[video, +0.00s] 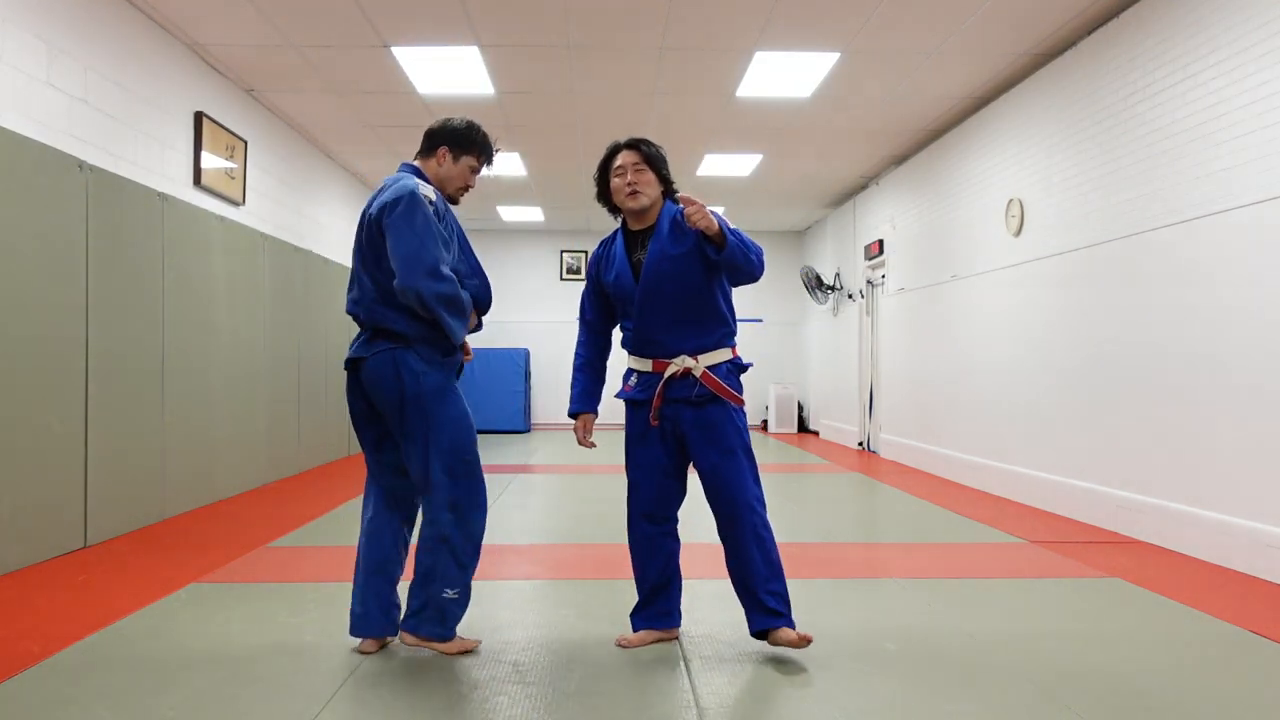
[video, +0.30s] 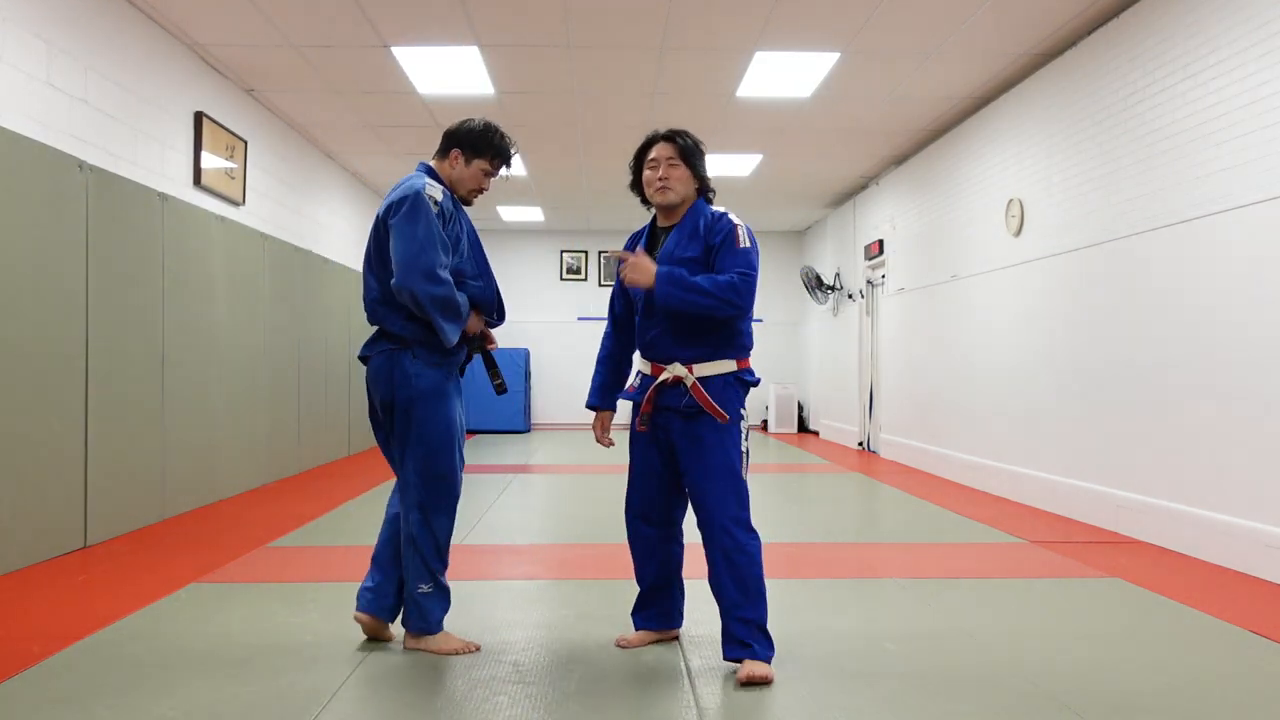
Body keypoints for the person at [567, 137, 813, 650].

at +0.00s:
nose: (629, 177)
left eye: (639, 168)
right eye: (619, 172)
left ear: (661, 178)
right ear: (609, 191)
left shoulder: (696, 221)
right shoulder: (607, 255)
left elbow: (751, 268)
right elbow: (593, 332)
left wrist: (715, 231)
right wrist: (584, 403)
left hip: (712, 382)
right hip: (646, 389)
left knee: (740, 504)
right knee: (649, 511)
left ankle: (772, 620)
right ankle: (658, 620)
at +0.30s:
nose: (659, 171)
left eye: (672, 163)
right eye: (651, 165)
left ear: (696, 176)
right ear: (640, 180)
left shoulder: (724, 228)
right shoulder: (639, 243)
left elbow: (738, 298)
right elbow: (621, 326)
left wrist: (657, 279)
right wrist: (604, 397)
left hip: (712, 389)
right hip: (655, 391)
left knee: (725, 522)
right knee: (650, 514)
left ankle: (750, 649)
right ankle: (660, 619)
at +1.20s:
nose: (727, 157)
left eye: (743, 147)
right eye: (721, 146)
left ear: (774, 159)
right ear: (714, 155)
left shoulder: (793, 225)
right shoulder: (716, 219)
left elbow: (800, 330)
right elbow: (699, 307)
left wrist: (716, 362)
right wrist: (681, 375)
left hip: (767, 394)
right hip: (710, 388)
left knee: (753, 526)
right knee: (681, 509)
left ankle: (758, 657)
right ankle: (690, 626)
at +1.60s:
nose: (743, 150)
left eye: (758, 141)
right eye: (734, 139)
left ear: (784, 157)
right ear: (720, 153)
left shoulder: (806, 223)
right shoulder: (701, 227)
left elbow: (851, 303)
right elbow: (680, 319)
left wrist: (782, 303)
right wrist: (666, 395)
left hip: (779, 394)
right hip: (708, 390)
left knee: (766, 538)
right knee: (679, 529)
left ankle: (760, 660)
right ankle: (661, 663)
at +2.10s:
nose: (717, 142)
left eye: (730, 131)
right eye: (704, 133)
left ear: (753, 146)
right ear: (687, 149)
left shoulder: (783, 213)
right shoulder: (662, 228)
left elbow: (856, 269)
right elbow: (635, 323)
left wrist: (802, 197)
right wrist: (626, 409)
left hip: (769, 401)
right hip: (689, 402)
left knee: (768, 547)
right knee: (690, 552)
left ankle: (762, 656)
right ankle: (691, 697)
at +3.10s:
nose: (671, 120)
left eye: (683, 107)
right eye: (655, 111)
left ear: (707, 121)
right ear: (637, 131)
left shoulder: (750, 187)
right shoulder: (620, 218)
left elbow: (813, 255)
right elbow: (601, 319)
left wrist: (777, 242)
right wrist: (598, 415)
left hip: (750, 390)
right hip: (664, 396)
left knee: (770, 541)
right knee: (669, 563)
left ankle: (787, 645)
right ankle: (679, 709)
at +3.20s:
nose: (690, 122)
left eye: (702, 112)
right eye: (676, 114)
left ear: (726, 129)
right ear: (656, 135)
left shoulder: (762, 196)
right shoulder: (635, 223)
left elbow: (802, 252)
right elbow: (615, 322)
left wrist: (807, 324)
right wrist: (611, 413)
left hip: (757, 390)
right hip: (671, 399)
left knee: (774, 542)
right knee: (672, 562)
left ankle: (788, 652)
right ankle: (679, 709)